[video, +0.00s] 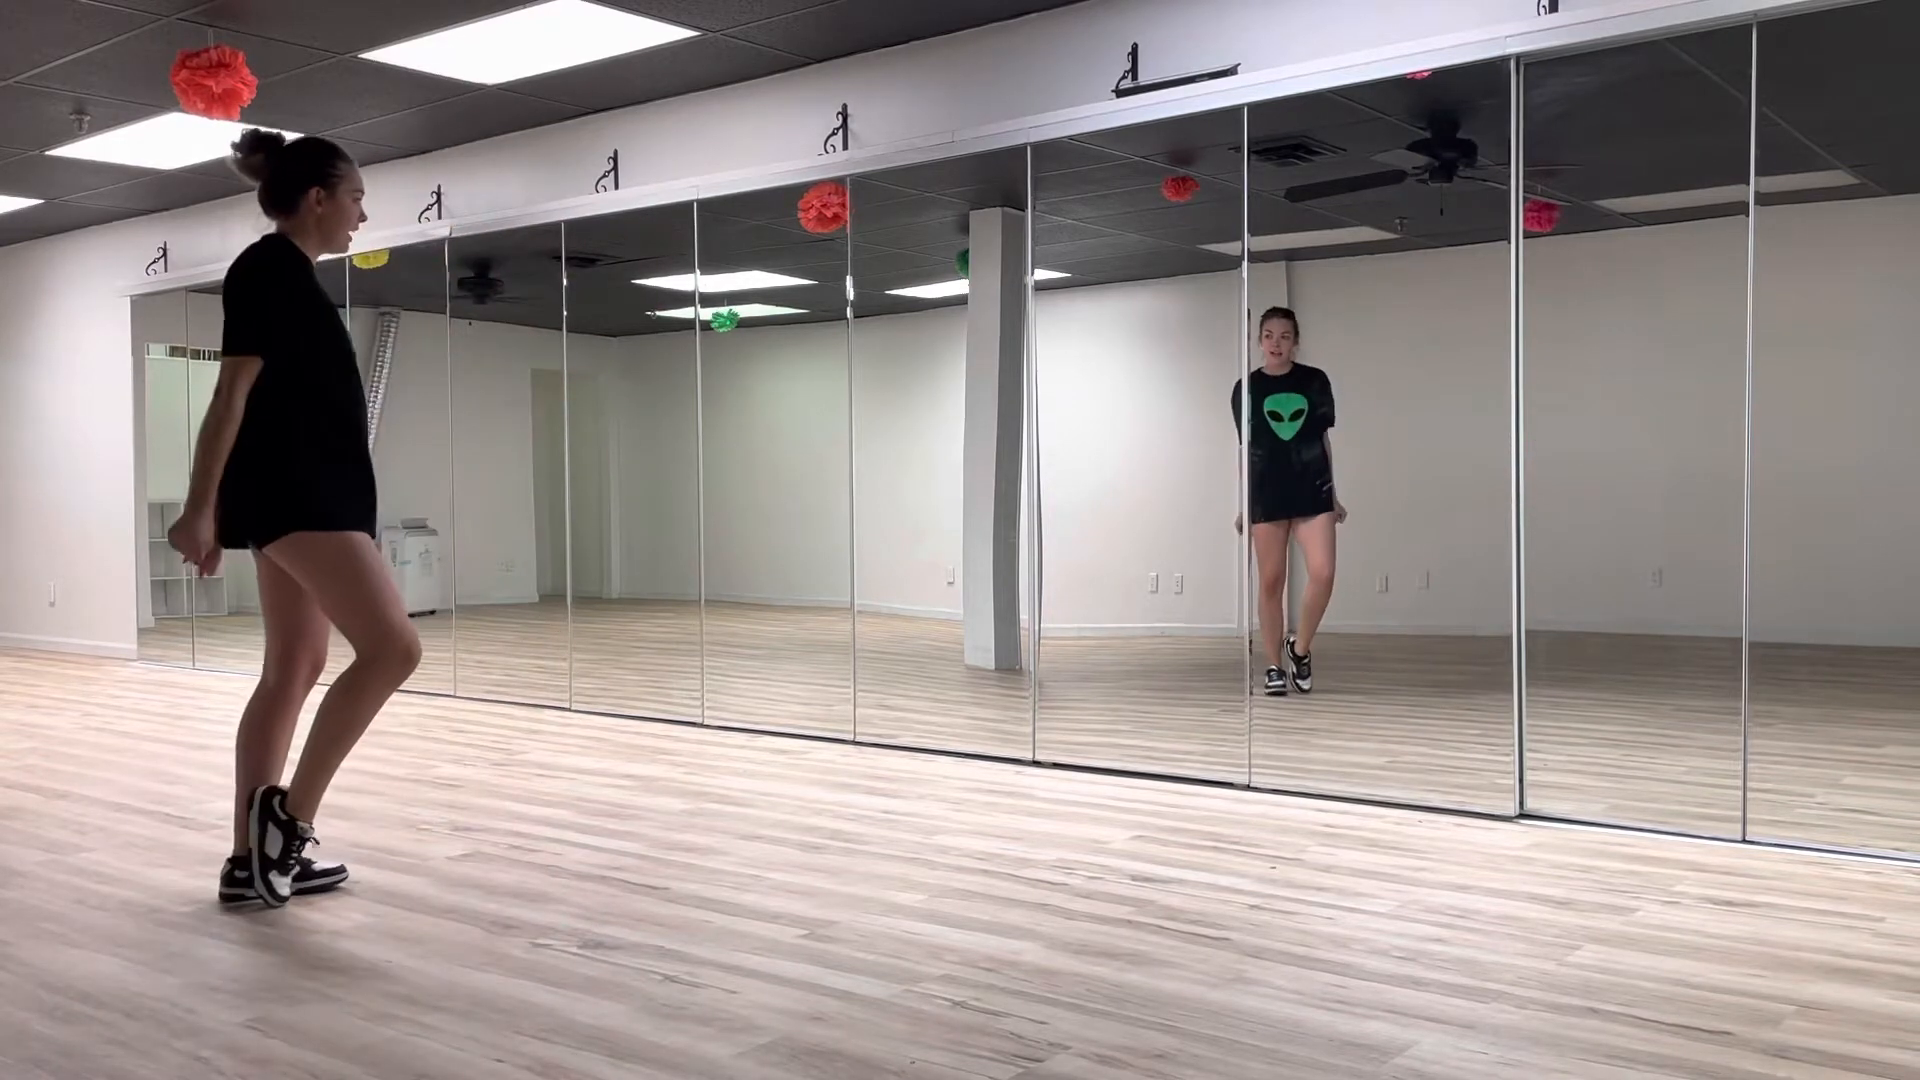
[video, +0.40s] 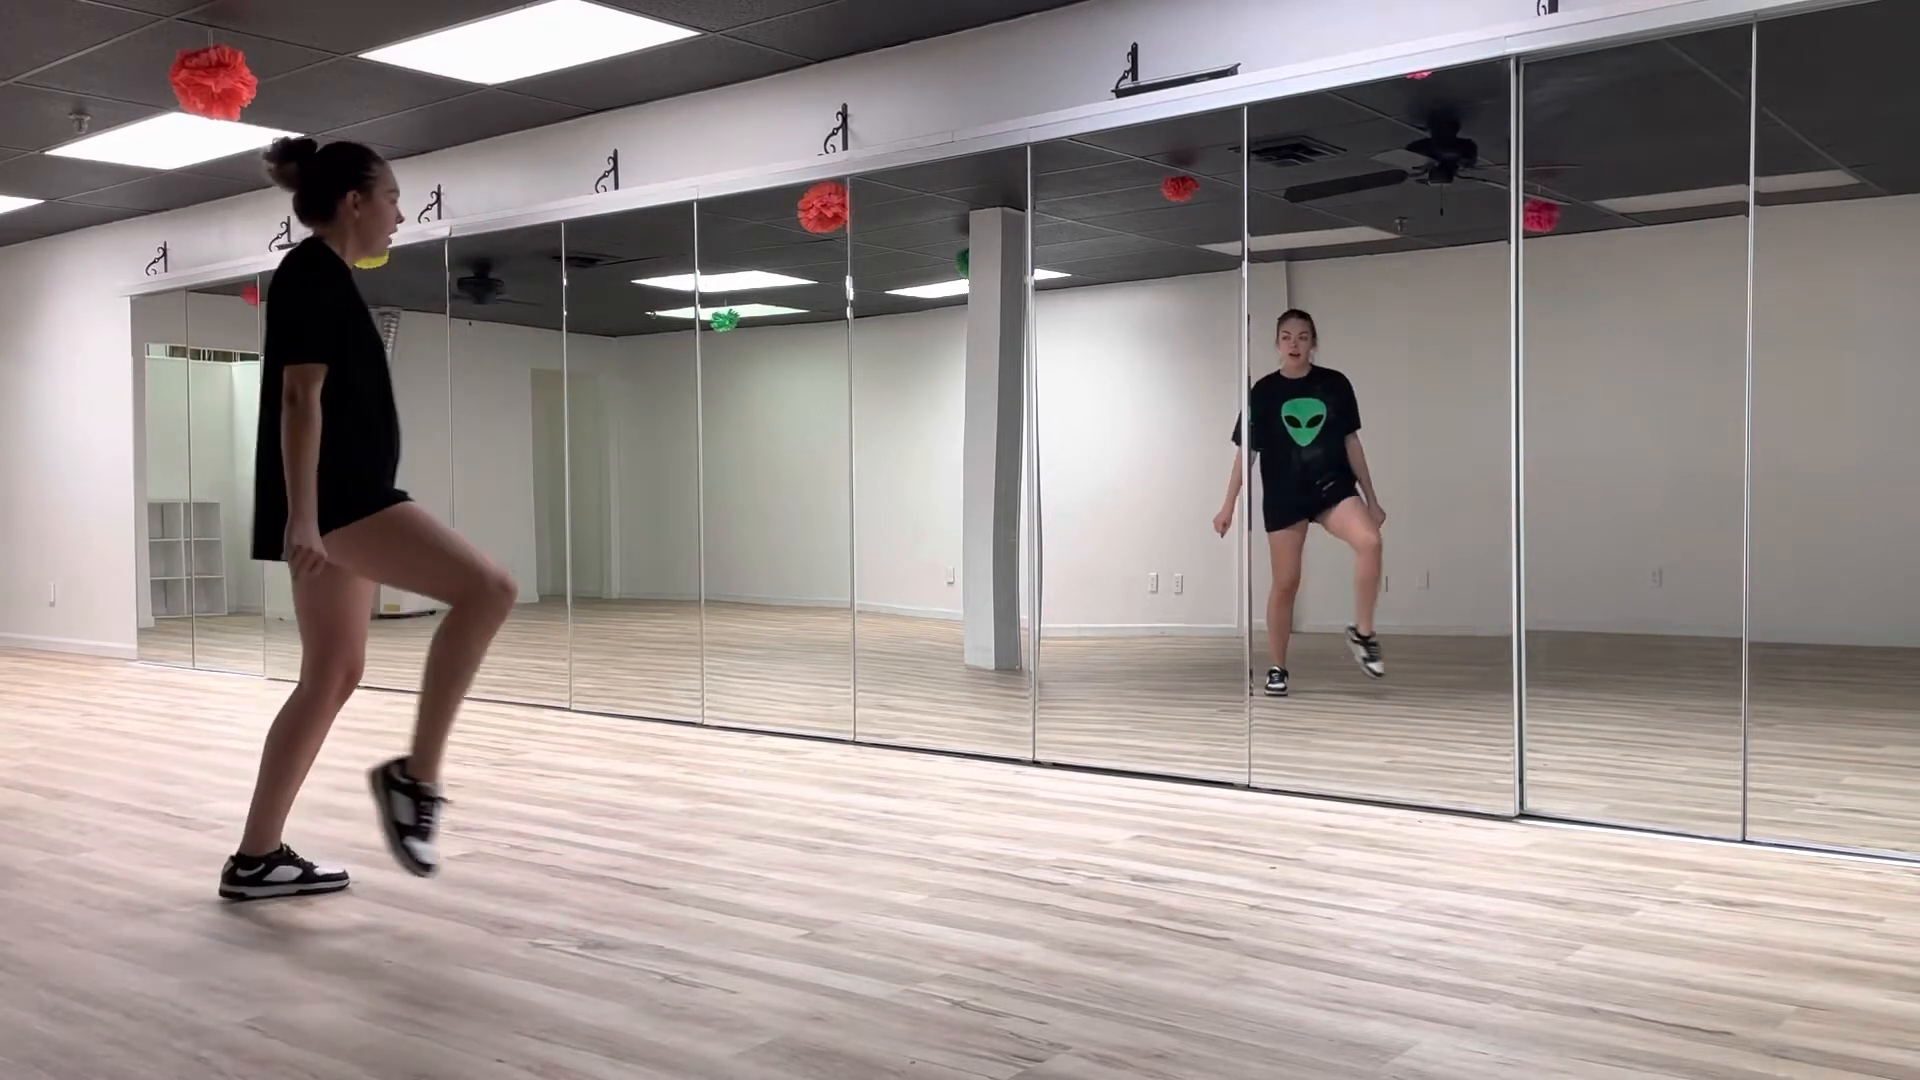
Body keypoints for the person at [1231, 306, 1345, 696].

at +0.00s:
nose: (1276, 342)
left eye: (1284, 336)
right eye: (1269, 335)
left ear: (1296, 341)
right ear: (1259, 340)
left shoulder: (1316, 380)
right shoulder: (1245, 388)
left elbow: (1323, 441)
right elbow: (1245, 451)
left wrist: (1332, 496)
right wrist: (1243, 506)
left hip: (1313, 493)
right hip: (1265, 496)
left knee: (1323, 575)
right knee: (1271, 581)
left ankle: (1301, 650)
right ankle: (1274, 666)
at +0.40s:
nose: (1294, 343)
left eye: (1302, 336)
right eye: (1287, 336)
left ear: (1313, 342)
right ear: (1277, 342)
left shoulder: (1335, 383)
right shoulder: (1262, 392)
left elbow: (1352, 443)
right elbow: (1244, 452)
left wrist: (1371, 498)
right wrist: (1227, 505)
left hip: (1332, 490)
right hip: (1284, 497)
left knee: (1370, 541)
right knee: (1286, 584)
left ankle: (1364, 632)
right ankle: (1277, 667)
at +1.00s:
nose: (1329, 339)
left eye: (1338, 333)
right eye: (1323, 333)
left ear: (1353, 339)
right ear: (1315, 339)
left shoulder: (1375, 380)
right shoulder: (1304, 388)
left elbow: (1398, 443)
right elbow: (1305, 453)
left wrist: (1422, 500)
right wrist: (1309, 505)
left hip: (1378, 492)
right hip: (1329, 496)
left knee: (1396, 579)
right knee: (1304, 588)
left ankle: (1436, 675)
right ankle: (1323, 675)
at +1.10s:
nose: (1314, 339)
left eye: (1324, 332)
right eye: (1309, 332)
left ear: (1340, 339)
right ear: (1302, 338)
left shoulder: (1359, 382)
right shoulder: (1292, 388)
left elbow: (1385, 443)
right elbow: (1296, 451)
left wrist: (1411, 500)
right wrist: (1296, 499)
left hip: (1354, 492)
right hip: (1309, 497)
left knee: (1372, 579)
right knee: (1300, 591)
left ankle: (1434, 662)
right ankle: (1324, 676)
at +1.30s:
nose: (1288, 338)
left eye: (1298, 331)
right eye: (1283, 331)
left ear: (1316, 337)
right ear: (1279, 337)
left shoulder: (1332, 381)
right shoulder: (1274, 387)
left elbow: (1354, 444)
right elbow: (1274, 452)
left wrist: (1377, 504)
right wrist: (1274, 502)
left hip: (1328, 484)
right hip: (1287, 491)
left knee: (1296, 557)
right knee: (1288, 588)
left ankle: (1356, 633)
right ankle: (1322, 675)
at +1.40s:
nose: (1278, 332)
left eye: (1288, 325)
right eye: (1274, 325)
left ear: (1306, 331)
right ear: (1269, 331)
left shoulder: (1319, 375)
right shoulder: (1266, 380)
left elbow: (1341, 440)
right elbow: (1263, 438)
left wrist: (1361, 500)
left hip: (1315, 482)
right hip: (1280, 486)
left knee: (1273, 555)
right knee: (1291, 580)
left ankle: (1304, 659)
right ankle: (1321, 670)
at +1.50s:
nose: (1267, 335)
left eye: (1276, 328)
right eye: (1264, 328)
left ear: (1296, 334)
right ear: (1260, 333)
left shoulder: (1309, 378)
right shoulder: (1261, 381)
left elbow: (1329, 445)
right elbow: (1259, 440)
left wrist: (1347, 504)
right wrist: (1256, 492)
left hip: (1297, 490)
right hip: (1268, 491)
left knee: (1264, 570)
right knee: (1274, 587)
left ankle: (1258, 677)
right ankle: (1323, 669)